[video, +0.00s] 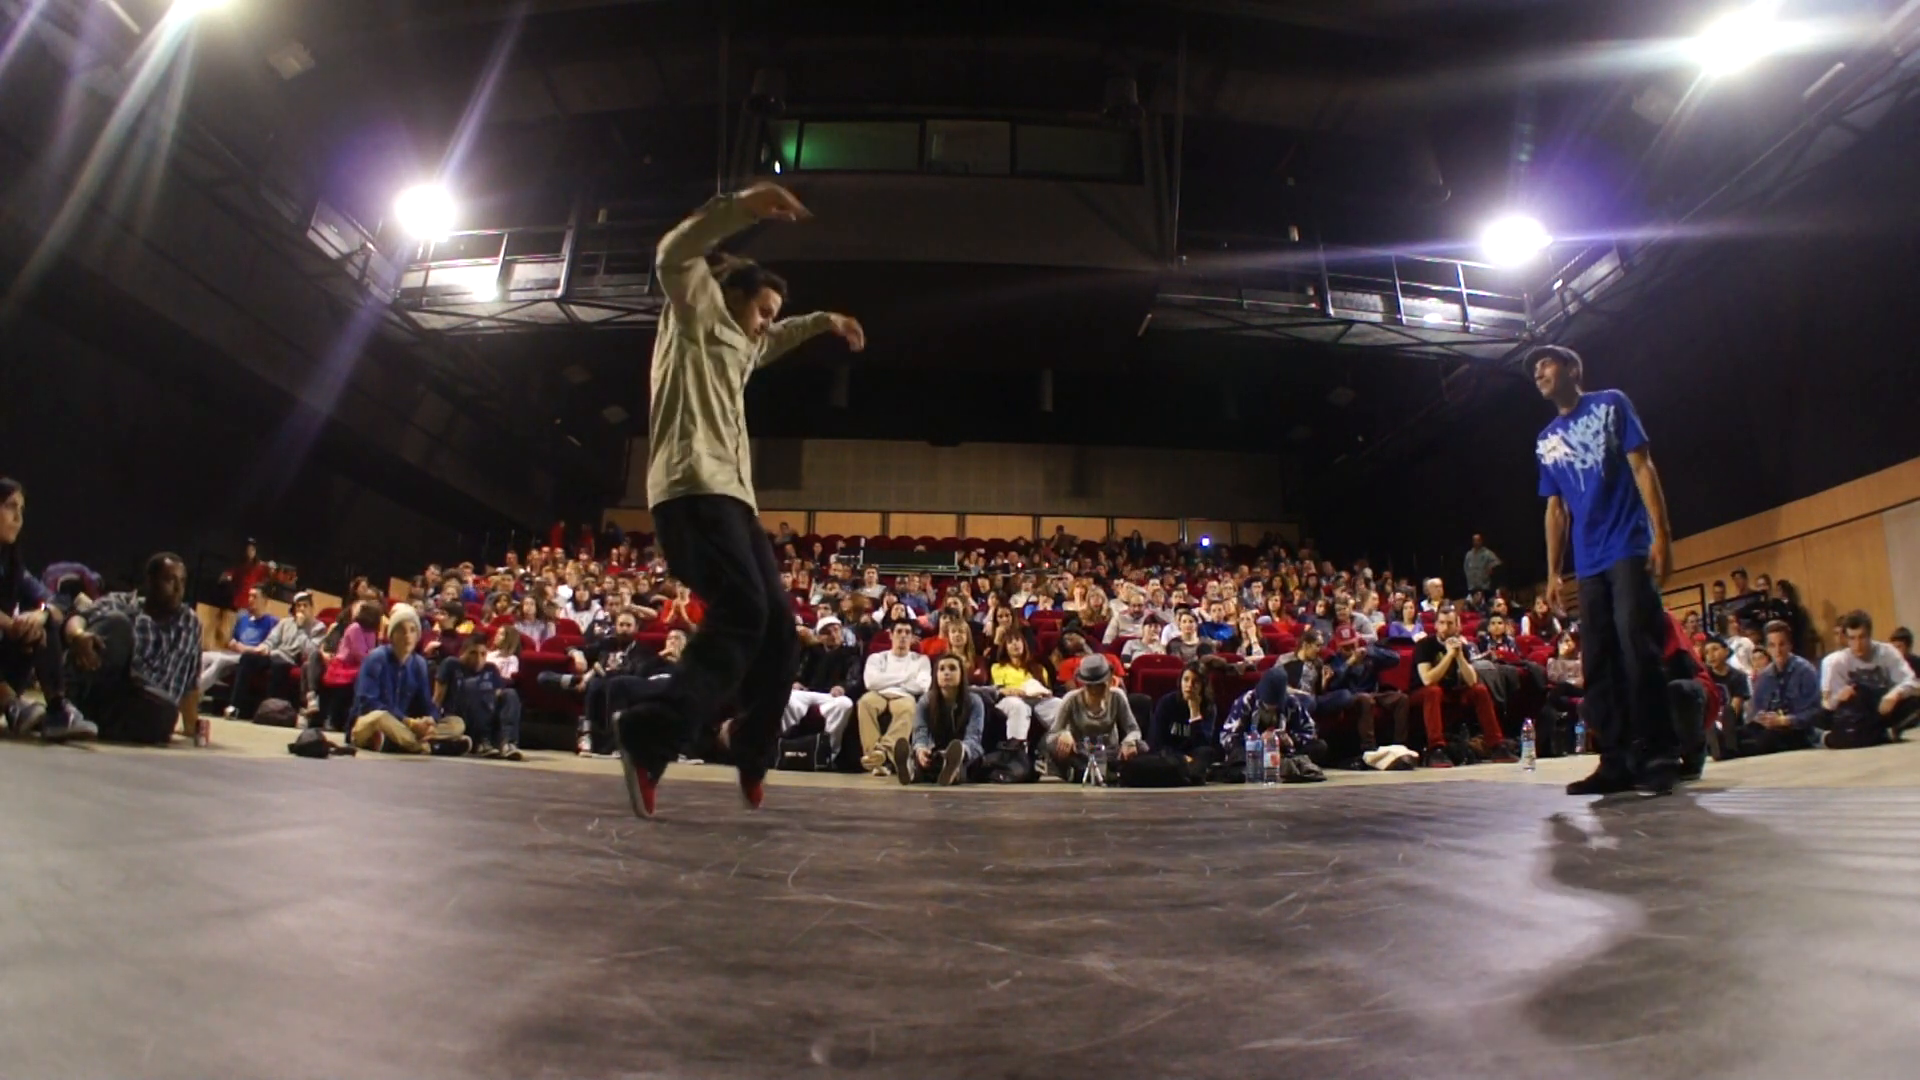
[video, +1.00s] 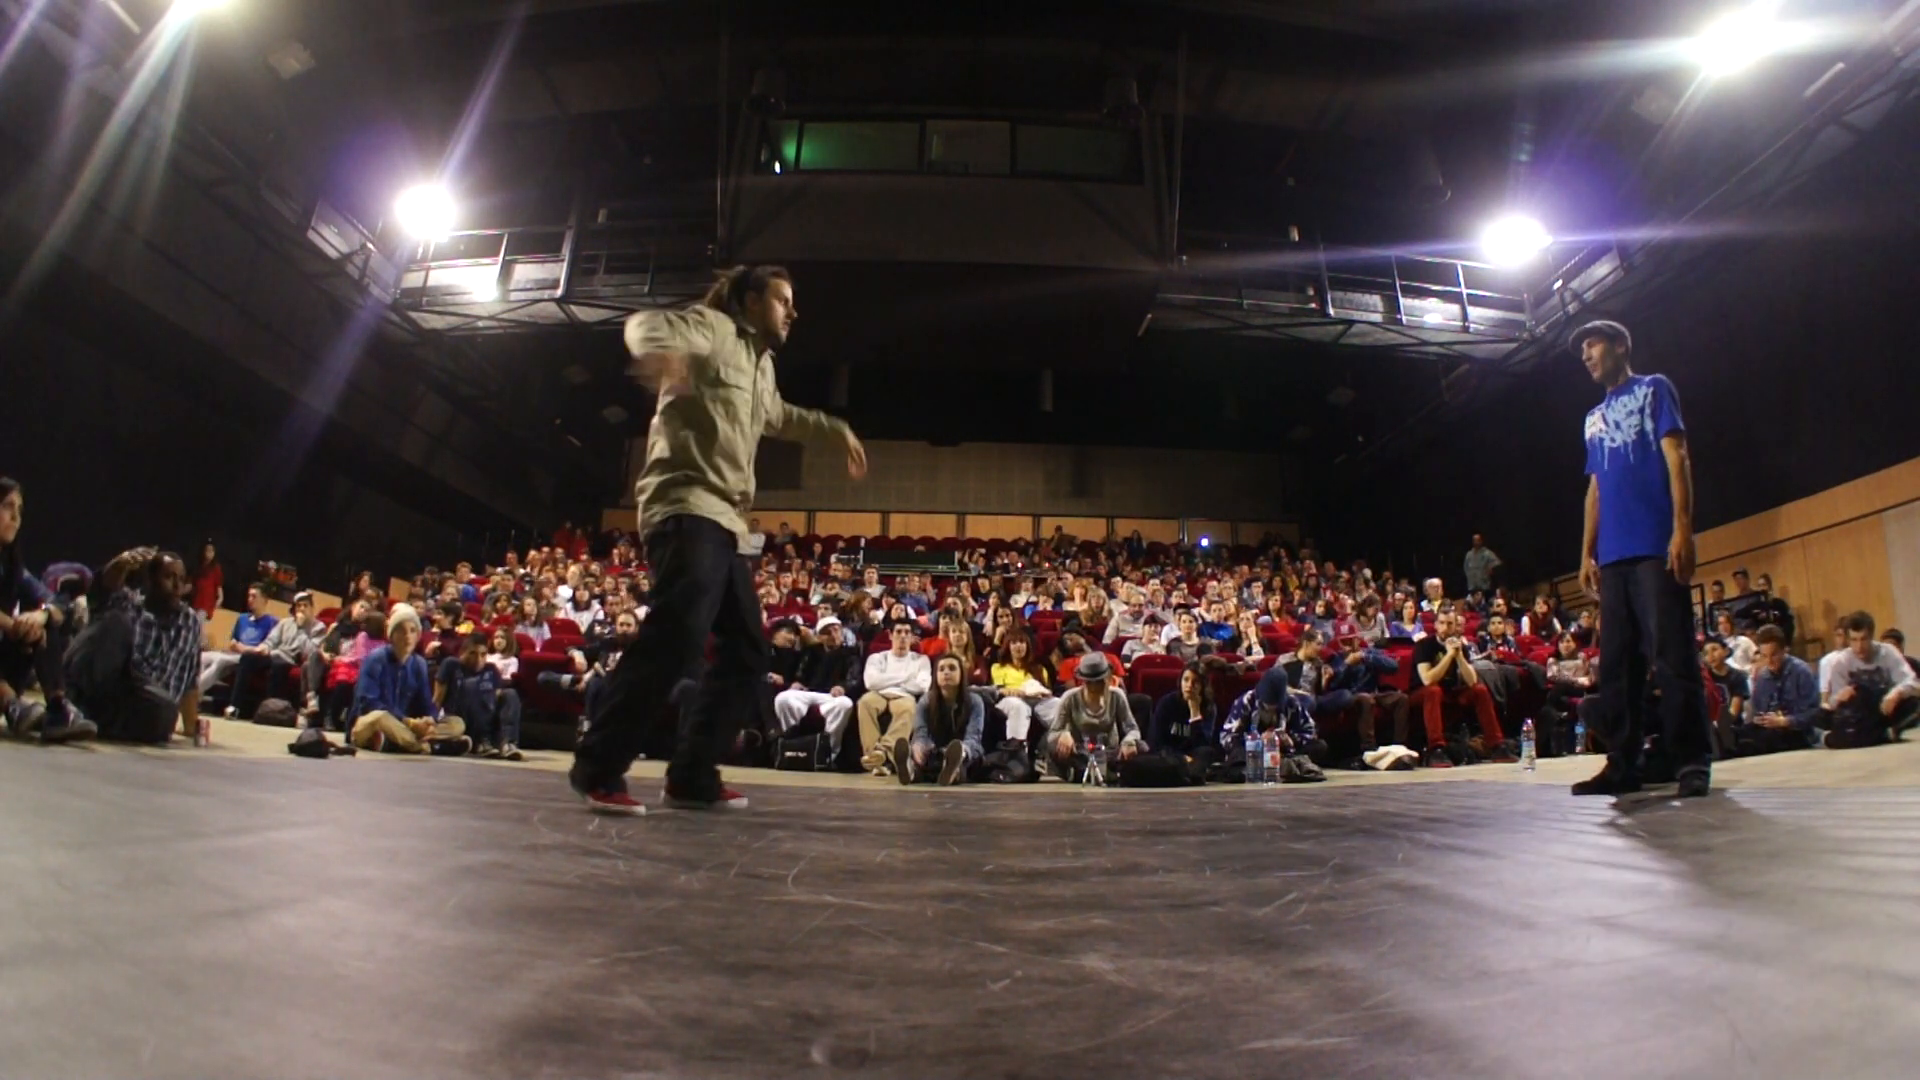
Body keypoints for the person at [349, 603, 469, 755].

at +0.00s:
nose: (408, 637)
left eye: (413, 631)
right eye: (401, 631)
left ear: (418, 635)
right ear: (391, 635)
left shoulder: (420, 664)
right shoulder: (376, 659)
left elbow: (426, 704)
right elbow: (367, 703)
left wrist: (430, 720)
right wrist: (407, 722)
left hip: (411, 724)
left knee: (457, 723)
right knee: (381, 717)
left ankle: (394, 744)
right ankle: (425, 748)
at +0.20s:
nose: (408, 637)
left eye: (413, 631)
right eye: (401, 631)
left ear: (418, 635)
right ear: (391, 635)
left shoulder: (420, 664)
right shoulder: (376, 659)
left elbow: (426, 704)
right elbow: (367, 703)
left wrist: (430, 720)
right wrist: (407, 722)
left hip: (411, 725)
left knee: (457, 724)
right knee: (380, 717)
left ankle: (394, 744)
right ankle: (425, 748)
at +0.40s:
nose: (408, 637)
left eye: (412, 631)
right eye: (401, 631)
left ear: (418, 635)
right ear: (391, 635)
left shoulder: (419, 664)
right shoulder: (375, 659)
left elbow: (427, 704)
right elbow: (367, 704)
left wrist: (430, 721)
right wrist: (407, 722)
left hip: (411, 725)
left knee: (457, 724)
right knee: (381, 717)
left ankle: (394, 744)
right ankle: (425, 748)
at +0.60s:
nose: (408, 637)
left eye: (412, 631)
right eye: (401, 632)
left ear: (418, 635)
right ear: (391, 635)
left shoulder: (419, 664)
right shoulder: (375, 659)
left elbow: (427, 704)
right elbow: (367, 704)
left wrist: (430, 720)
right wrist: (407, 722)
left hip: (411, 725)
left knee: (457, 724)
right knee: (381, 717)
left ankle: (394, 744)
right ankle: (425, 748)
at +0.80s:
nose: (408, 637)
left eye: (413, 631)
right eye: (401, 632)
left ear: (418, 635)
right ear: (391, 635)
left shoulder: (419, 664)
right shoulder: (375, 660)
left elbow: (426, 703)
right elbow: (367, 704)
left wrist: (430, 720)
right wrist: (407, 722)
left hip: (412, 725)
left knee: (457, 724)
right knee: (381, 717)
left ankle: (395, 744)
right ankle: (425, 748)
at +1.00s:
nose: (408, 637)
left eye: (412, 631)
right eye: (401, 632)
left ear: (418, 635)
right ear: (391, 635)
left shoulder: (419, 664)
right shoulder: (375, 660)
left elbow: (426, 704)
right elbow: (368, 703)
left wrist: (430, 720)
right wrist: (407, 722)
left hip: (411, 725)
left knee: (457, 723)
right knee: (381, 718)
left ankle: (395, 744)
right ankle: (424, 748)